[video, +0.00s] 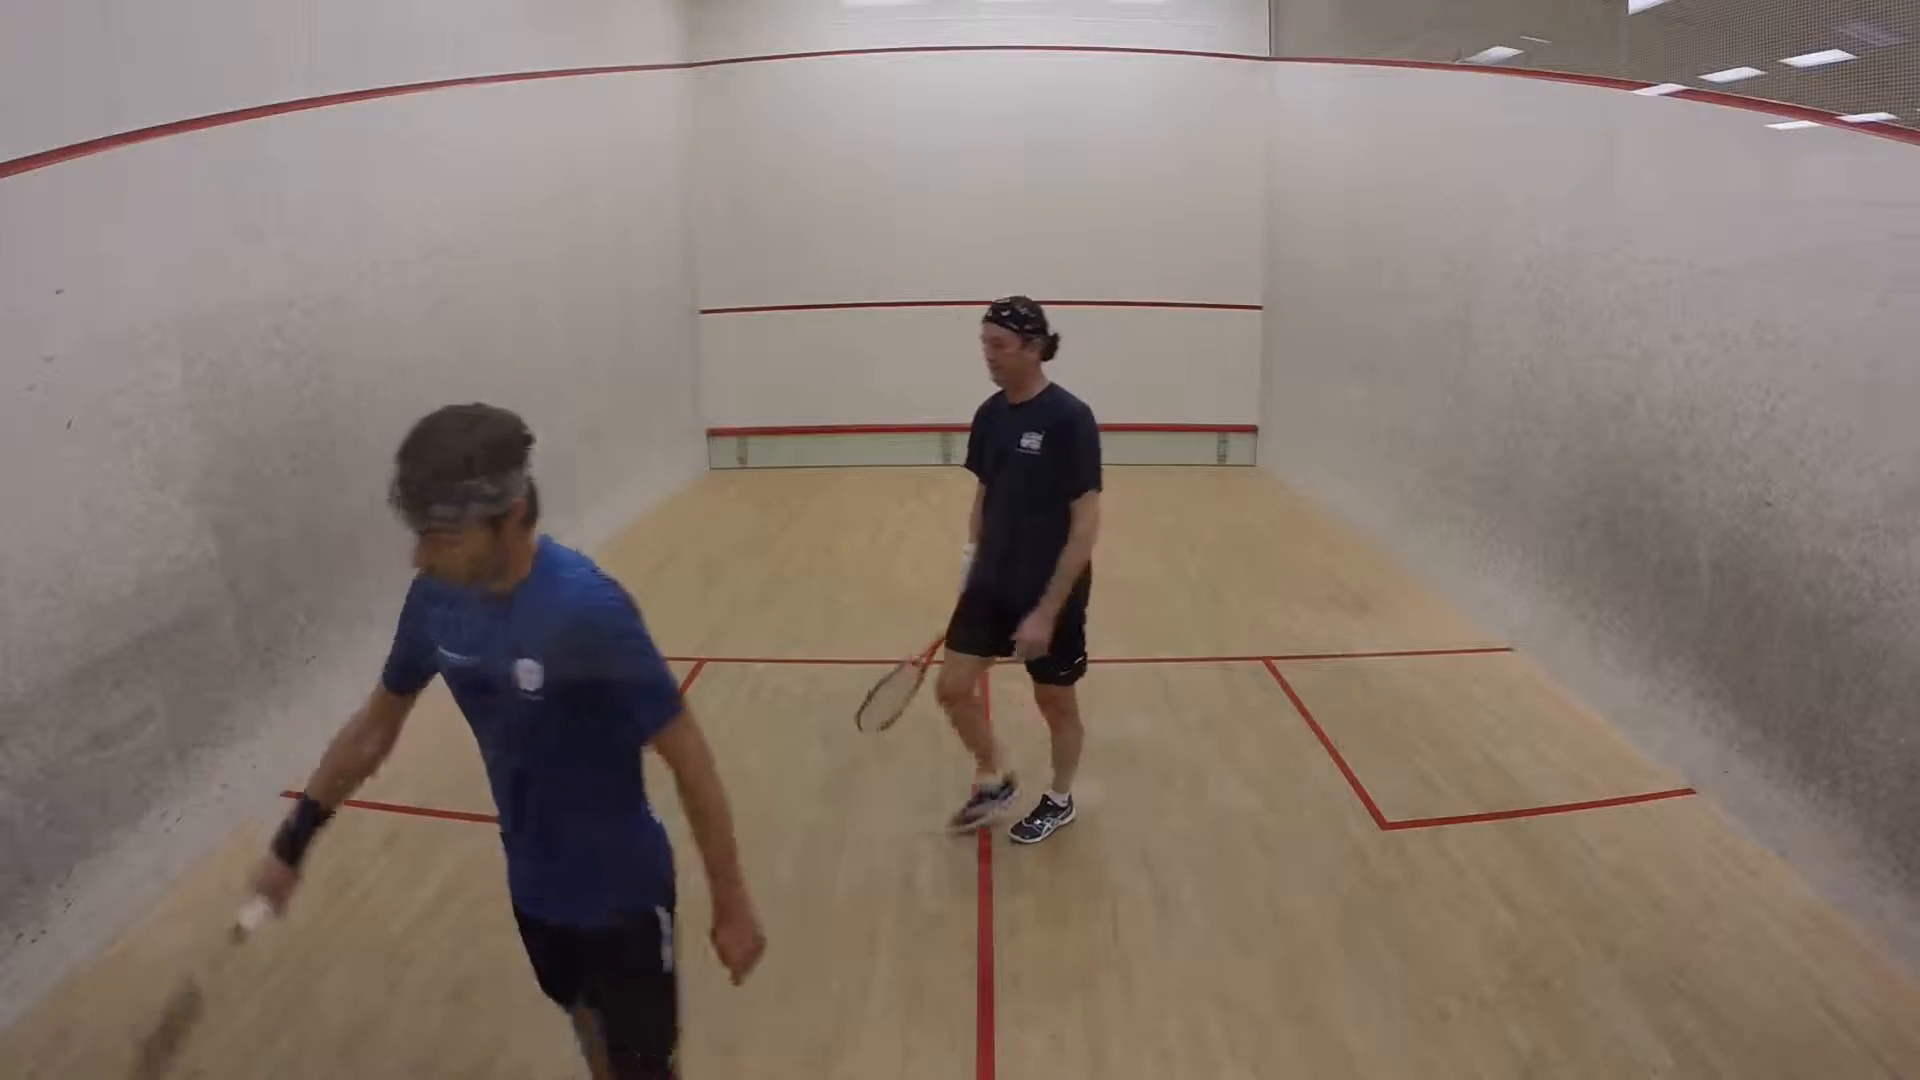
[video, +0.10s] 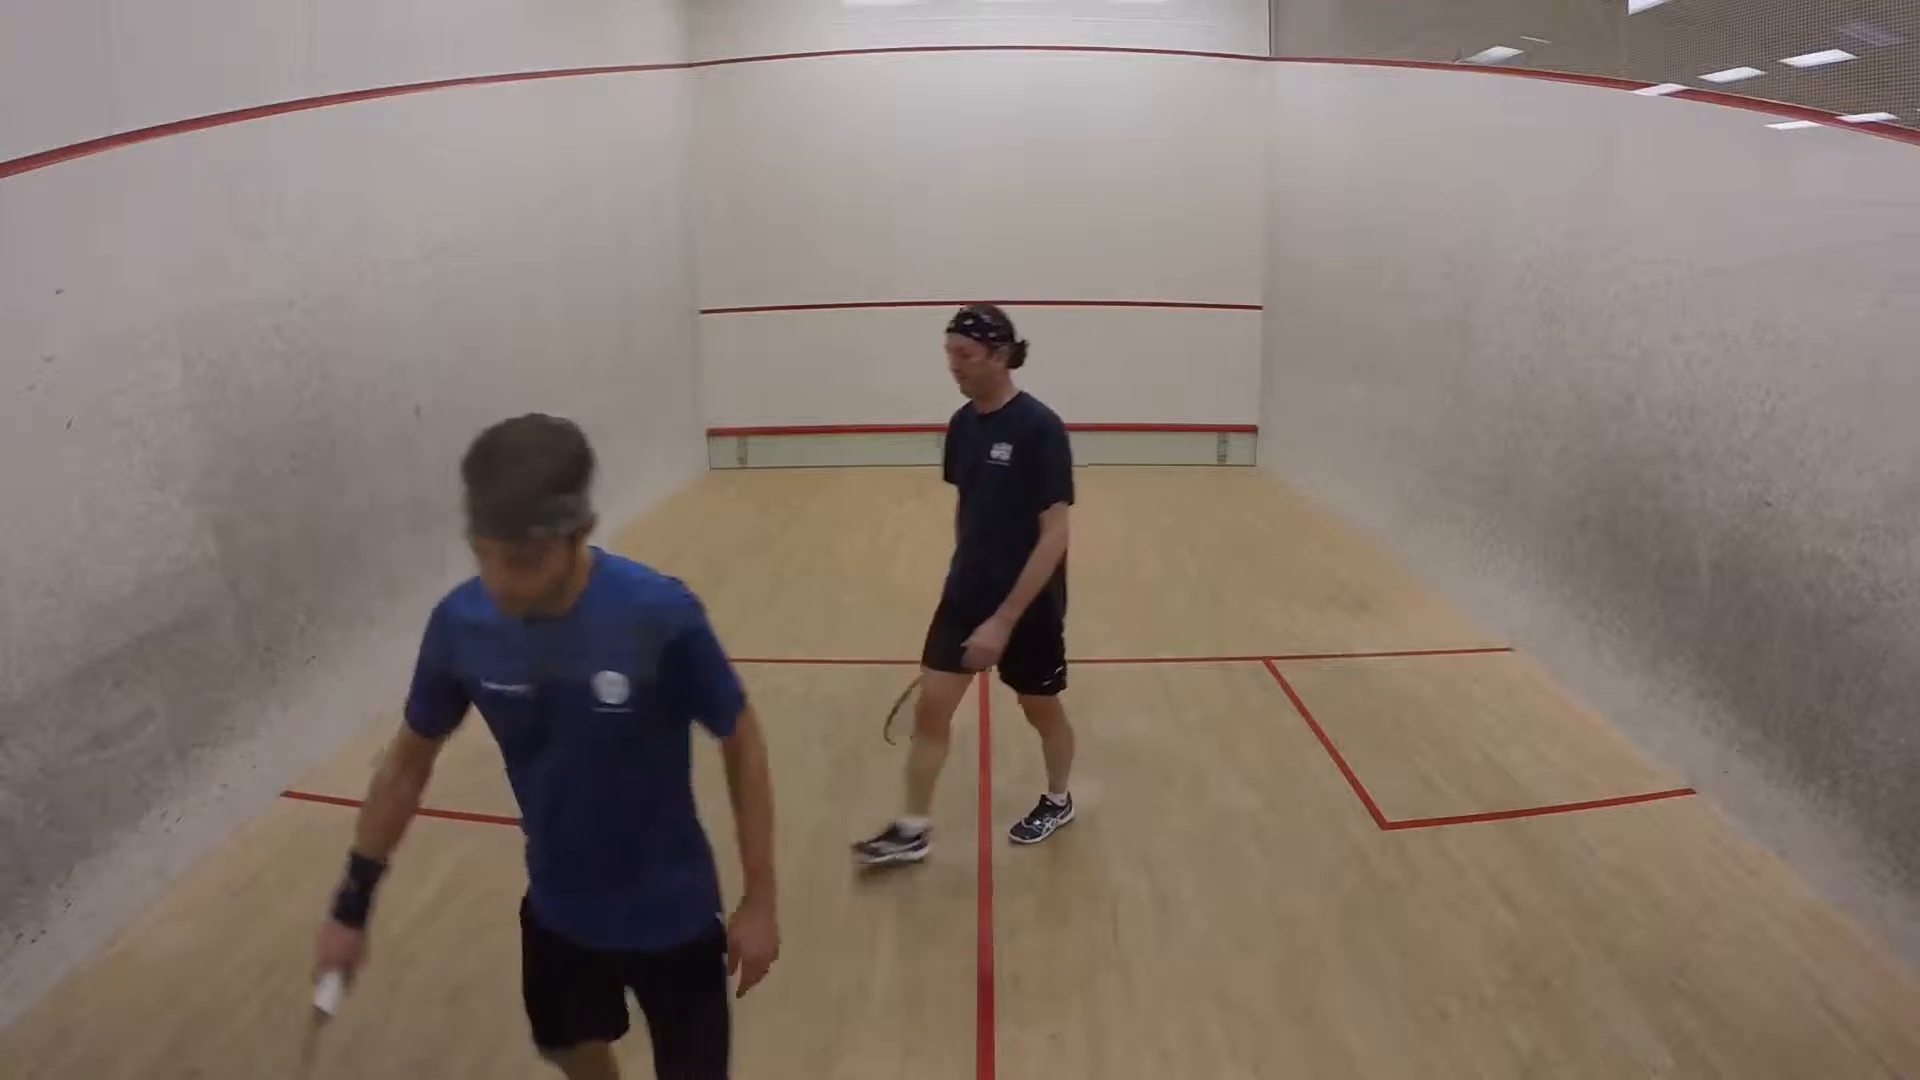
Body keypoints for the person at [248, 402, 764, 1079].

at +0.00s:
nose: (425, 557)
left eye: (445, 536)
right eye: (419, 534)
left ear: (513, 516)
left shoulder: (590, 610)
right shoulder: (434, 596)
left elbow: (686, 750)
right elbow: (374, 728)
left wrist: (731, 903)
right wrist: (290, 842)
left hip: (620, 889)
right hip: (536, 885)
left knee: (641, 1065)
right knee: (594, 1037)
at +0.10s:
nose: (501, 582)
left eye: (523, 561)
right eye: (486, 556)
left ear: (580, 537)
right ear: (471, 538)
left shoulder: (661, 618)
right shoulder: (461, 627)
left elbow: (741, 738)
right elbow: (405, 765)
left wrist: (758, 901)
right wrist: (350, 906)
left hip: (670, 908)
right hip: (561, 906)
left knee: (693, 1070)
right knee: (572, 1045)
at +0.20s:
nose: (590, 599)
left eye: (615, 576)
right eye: (566, 573)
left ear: (655, 537)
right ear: (541, 540)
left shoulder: (718, 616)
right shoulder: (493, 648)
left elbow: (781, 719)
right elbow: (443, 785)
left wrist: (796, 870)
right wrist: (417, 950)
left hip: (714, 925)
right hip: (590, 934)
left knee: (729, 1070)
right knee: (581, 1071)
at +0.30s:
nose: (697, 591)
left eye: (716, 566)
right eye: (673, 567)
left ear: (736, 543)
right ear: (618, 533)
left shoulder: (762, 604)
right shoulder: (535, 664)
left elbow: (800, 716)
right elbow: (479, 814)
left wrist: (842, 842)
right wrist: (497, 986)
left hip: (756, 936)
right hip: (639, 960)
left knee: (761, 1066)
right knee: (655, 1065)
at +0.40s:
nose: (806, 580)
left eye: (816, 556)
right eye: (789, 556)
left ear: (830, 535)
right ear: (701, 517)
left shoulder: (794, 598)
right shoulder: (608, 688)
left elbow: (805, 714)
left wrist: (878, 816)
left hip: (788, 930)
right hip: (702, 976)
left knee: (785, 1053)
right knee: (724, 1069)